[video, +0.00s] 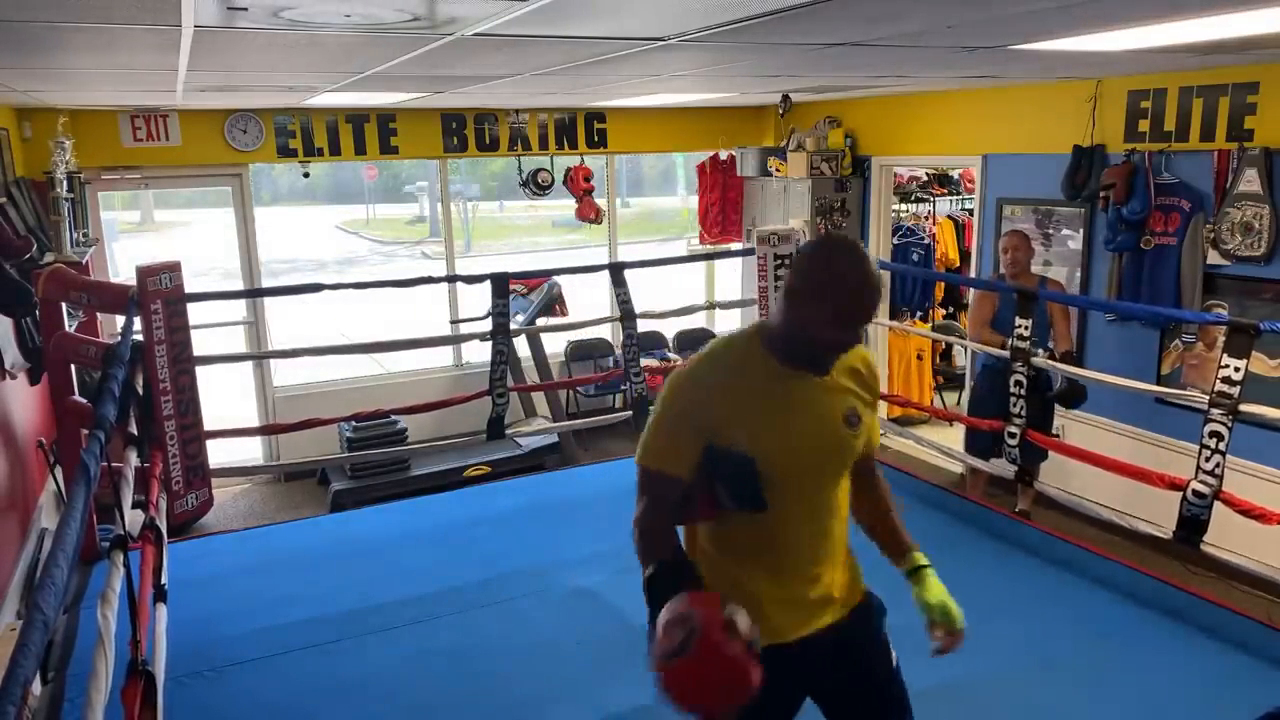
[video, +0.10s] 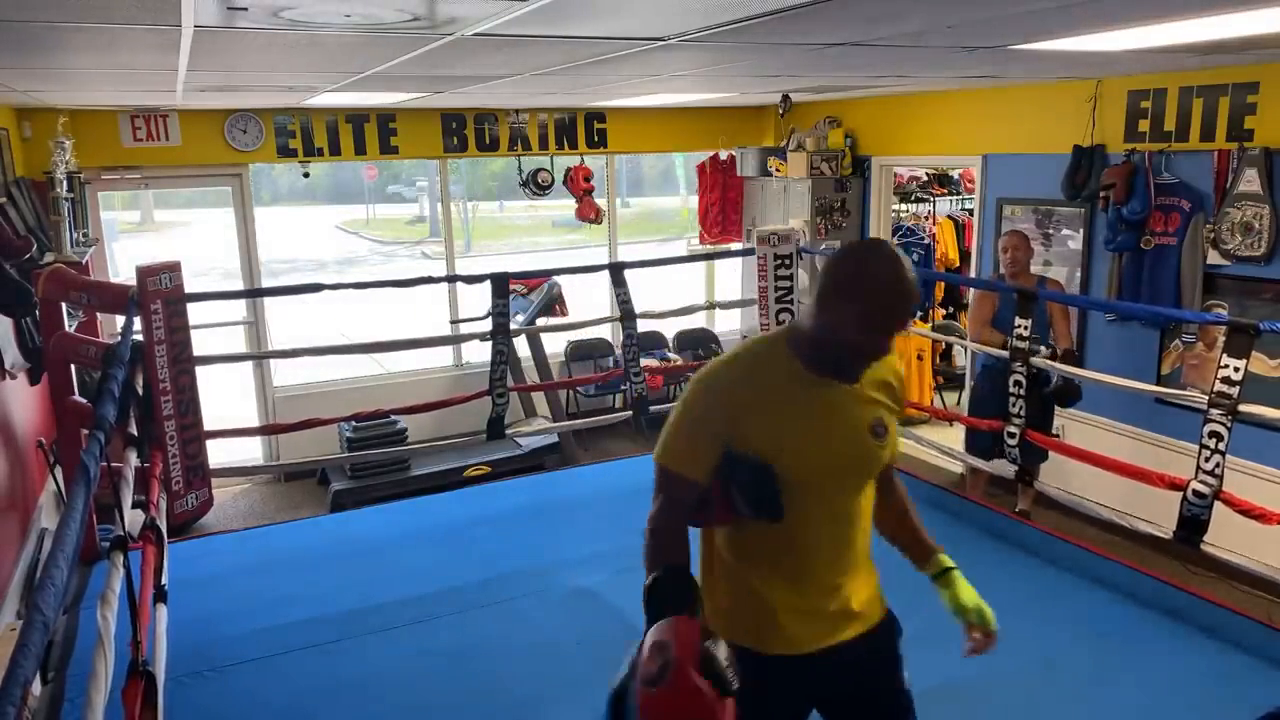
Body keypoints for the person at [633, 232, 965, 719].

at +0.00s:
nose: (851, 343)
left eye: (860, 328)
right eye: (842, 325)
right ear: (797, 300)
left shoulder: (856, 372)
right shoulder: (699, 387)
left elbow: (864, 480)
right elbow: (652, 519)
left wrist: (919, 573)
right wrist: (684, 621)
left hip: (843, 624)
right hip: (743, 647)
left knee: (889, 711)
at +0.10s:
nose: (886, 349)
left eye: (894, 332)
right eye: (876, 330)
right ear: (833, 309)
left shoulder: (882, 378)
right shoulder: (724, 387)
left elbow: (880, 483)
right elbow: (669, 511)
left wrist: (945, 576)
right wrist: (671, 619)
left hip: (859, 639)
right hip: (753, 653)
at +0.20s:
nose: (908, 351)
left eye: (916, 335)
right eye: (901, 332)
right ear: (858, 311)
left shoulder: (906, 386)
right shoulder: (742, 389)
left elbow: (901, 489)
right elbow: (684, 506)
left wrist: (967, 586)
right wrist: (675, 613)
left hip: (878, 651)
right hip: (774, 663)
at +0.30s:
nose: (940, 351)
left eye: (951, 337)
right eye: (931, 332)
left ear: (959, 326)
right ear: (886, 305)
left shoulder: (947, 390)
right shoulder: (773, 384)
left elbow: (943, 502)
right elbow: (710, 505)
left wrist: (1002, 606)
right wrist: (692, 598)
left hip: (902, 656)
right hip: (794, 664)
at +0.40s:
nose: (974, 354)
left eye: (986, 339)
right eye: (965, 334)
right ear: (915, 302)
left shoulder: (983, 402)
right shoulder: (796, 383)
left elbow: (993, 525)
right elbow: (725, 505)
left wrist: (1040, 629)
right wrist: (716, 579)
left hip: (927, 669)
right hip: (819, 671)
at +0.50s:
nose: (996, 354)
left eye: (1011, 339)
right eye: (984, 331)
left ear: (1021, 331)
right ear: (932, 300)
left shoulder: (1008, 408)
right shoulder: (816, 382)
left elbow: (1028, 539)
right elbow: (743, 498)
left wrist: (1079, 651)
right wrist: (728, 559)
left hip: (943, 674)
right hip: (832, 675)